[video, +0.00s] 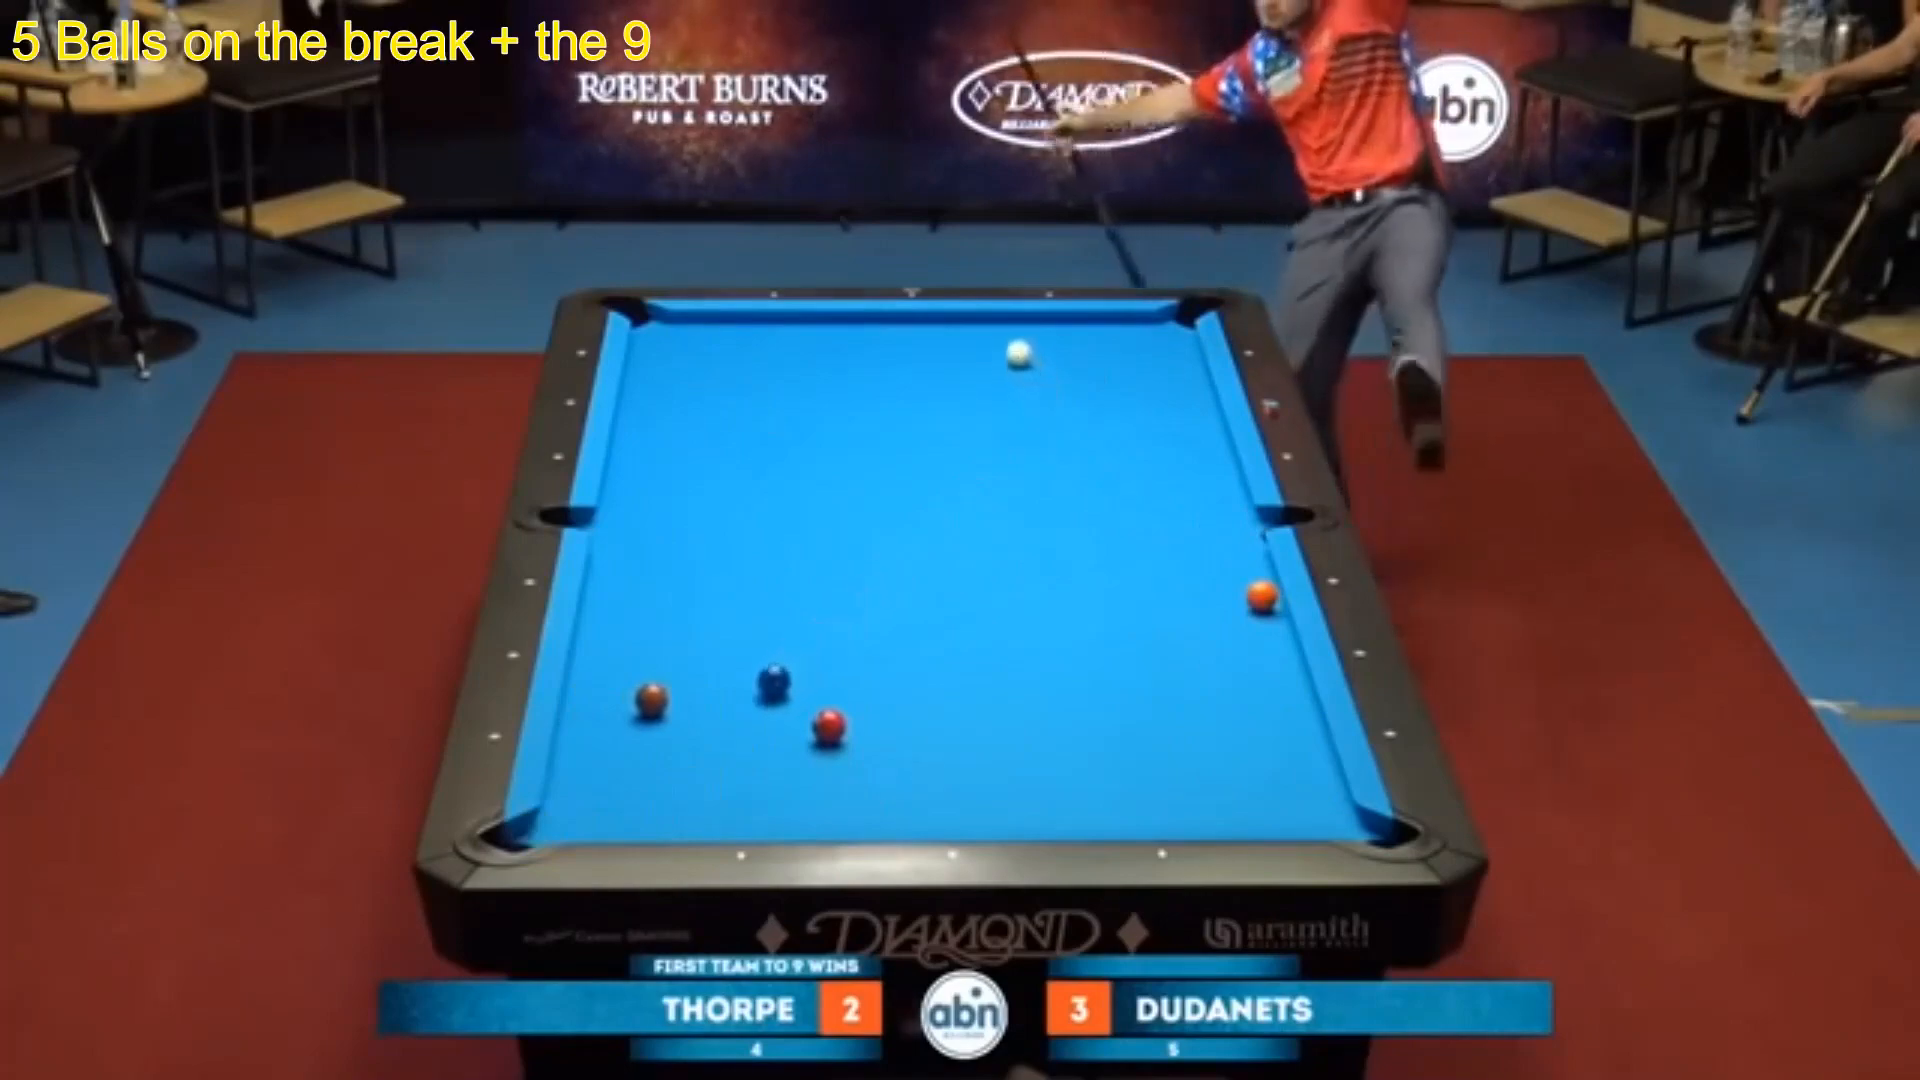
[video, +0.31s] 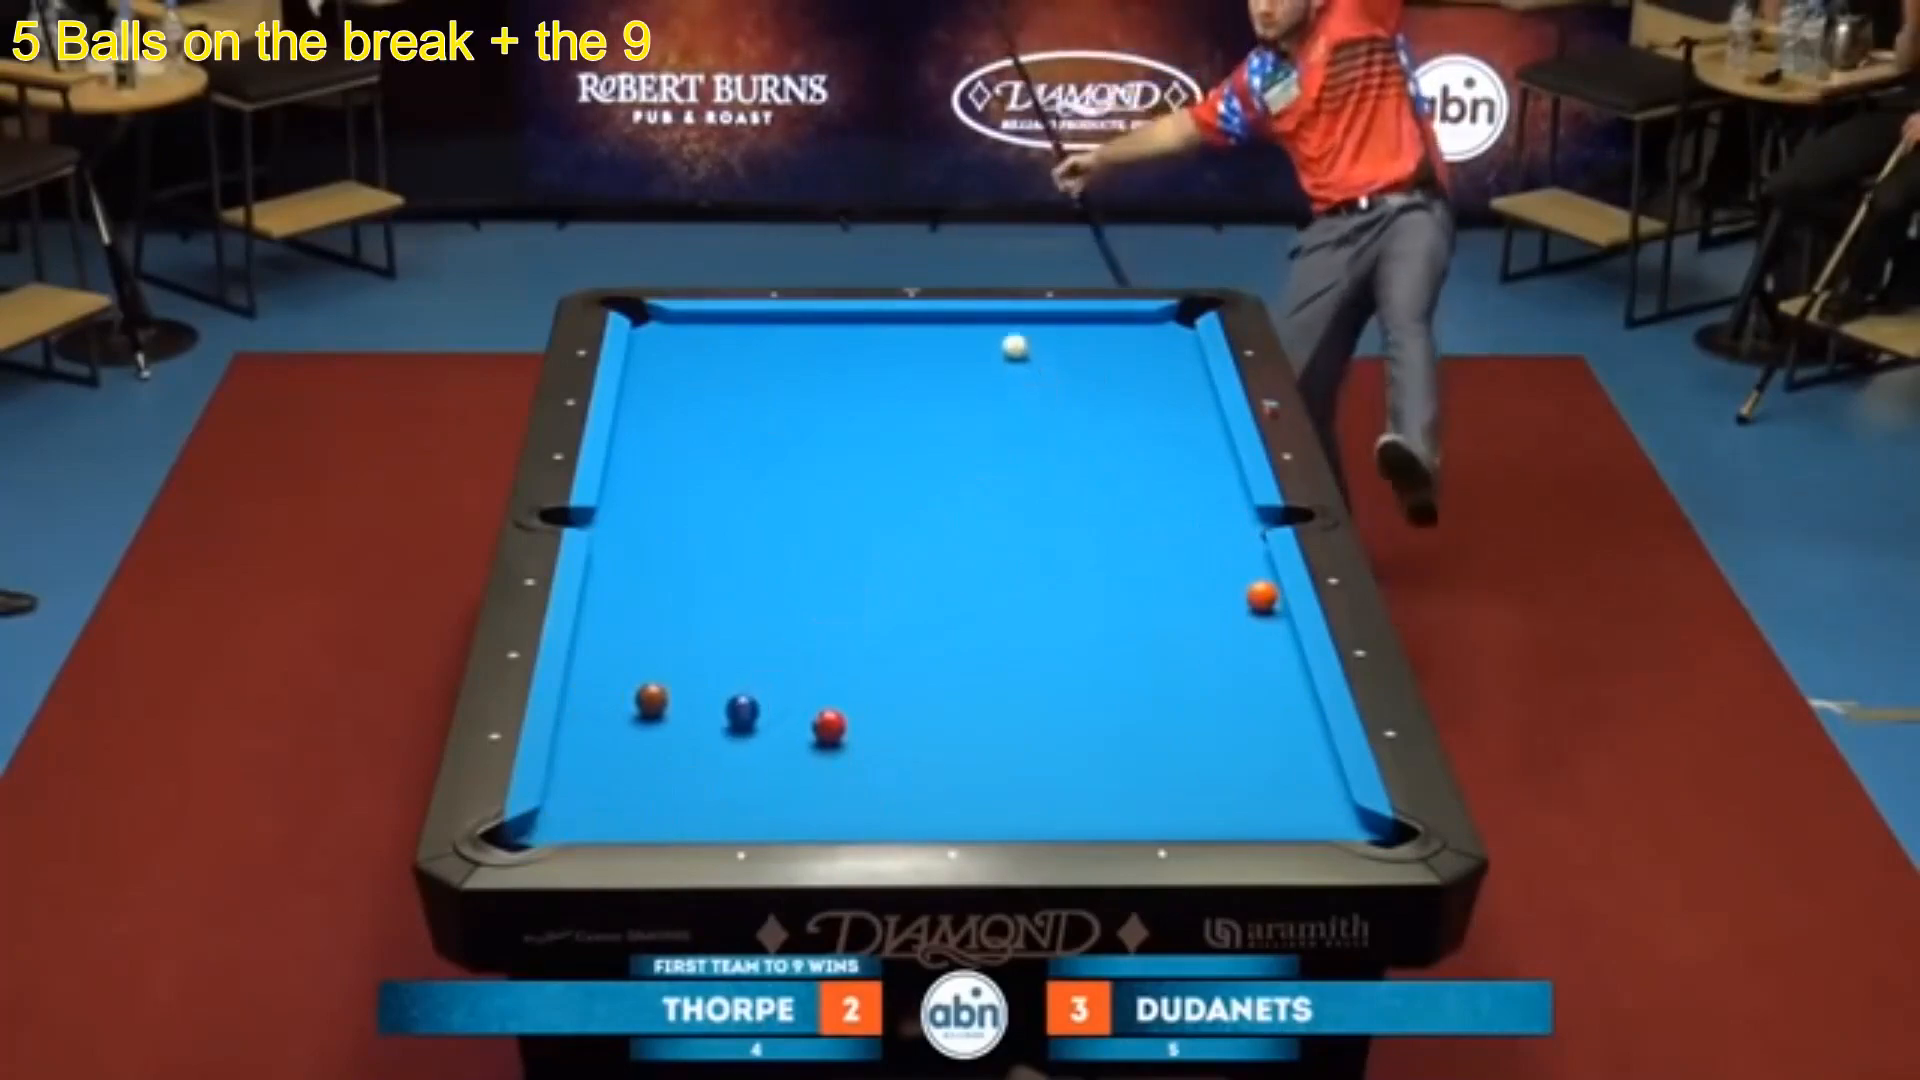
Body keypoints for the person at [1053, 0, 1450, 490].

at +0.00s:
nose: (1269, 7)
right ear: (1252, 3)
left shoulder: (1367, 16)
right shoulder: (1256, 65)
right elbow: (1175, 99)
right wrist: (1086, 120)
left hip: (1406, 203)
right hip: (1328, 224)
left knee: (1408, 292)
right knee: (1295, 374)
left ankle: (1423, 416)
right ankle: (1320, 518)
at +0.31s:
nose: (1262, 9)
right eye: (1254, 1)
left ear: (1309, 1)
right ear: (1247, 8)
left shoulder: (1360, 18)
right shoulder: (1255, 82)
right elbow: (1183, 127)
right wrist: (1101, 156)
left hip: (1410, 208)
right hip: (1333, 229)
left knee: (1405, 314)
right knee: (1292, 370)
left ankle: (1416, 459)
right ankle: (1318, 516)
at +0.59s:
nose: (1265, 6)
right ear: (1253, 6)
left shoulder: (1360, 25)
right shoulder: (1259, 74)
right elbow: (1202, 145)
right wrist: (1120, 193)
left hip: (1403, 225)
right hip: (1327, 238)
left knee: (1390, 356)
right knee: (1289, 381)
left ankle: (1401, 536)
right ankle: (1317, 533)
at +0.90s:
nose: (1273, 15)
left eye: (1288, 3)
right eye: (1264, 4)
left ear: (1325, 4)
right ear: (1256, 9)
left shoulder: (1377, 70)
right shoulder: (1292, 64)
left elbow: (1420, 202)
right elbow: (1302, 178)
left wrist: (1410, 320)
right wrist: (1290, 272)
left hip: (1371, 276)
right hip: (1305, 267)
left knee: (1336, 449)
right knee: (1287, 432)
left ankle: (1368, 605)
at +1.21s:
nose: (1273, 42)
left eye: (1287, 25)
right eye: (1261, 28)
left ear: (1326, 12)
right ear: (1250, 20)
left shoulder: (1366, 94)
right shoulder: (1306, 57)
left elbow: (1385, 236)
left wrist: (1355, 347)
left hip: (1369, 271)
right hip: (1316, 249)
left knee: (1334, 441)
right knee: (1271, 389)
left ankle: (1365, 596)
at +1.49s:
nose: (1202, 57)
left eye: (1215, 41)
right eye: (1195, 43)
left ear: (1258, 30)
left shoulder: (1308, 93)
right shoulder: (1266, 52)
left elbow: (1305, 242)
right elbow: (1292, 144)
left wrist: (1286, 348)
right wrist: (1275, 207)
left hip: (1358, 252)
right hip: (1292, 238)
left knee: (1330, 433)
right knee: (1269, 396)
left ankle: (1371, 603)